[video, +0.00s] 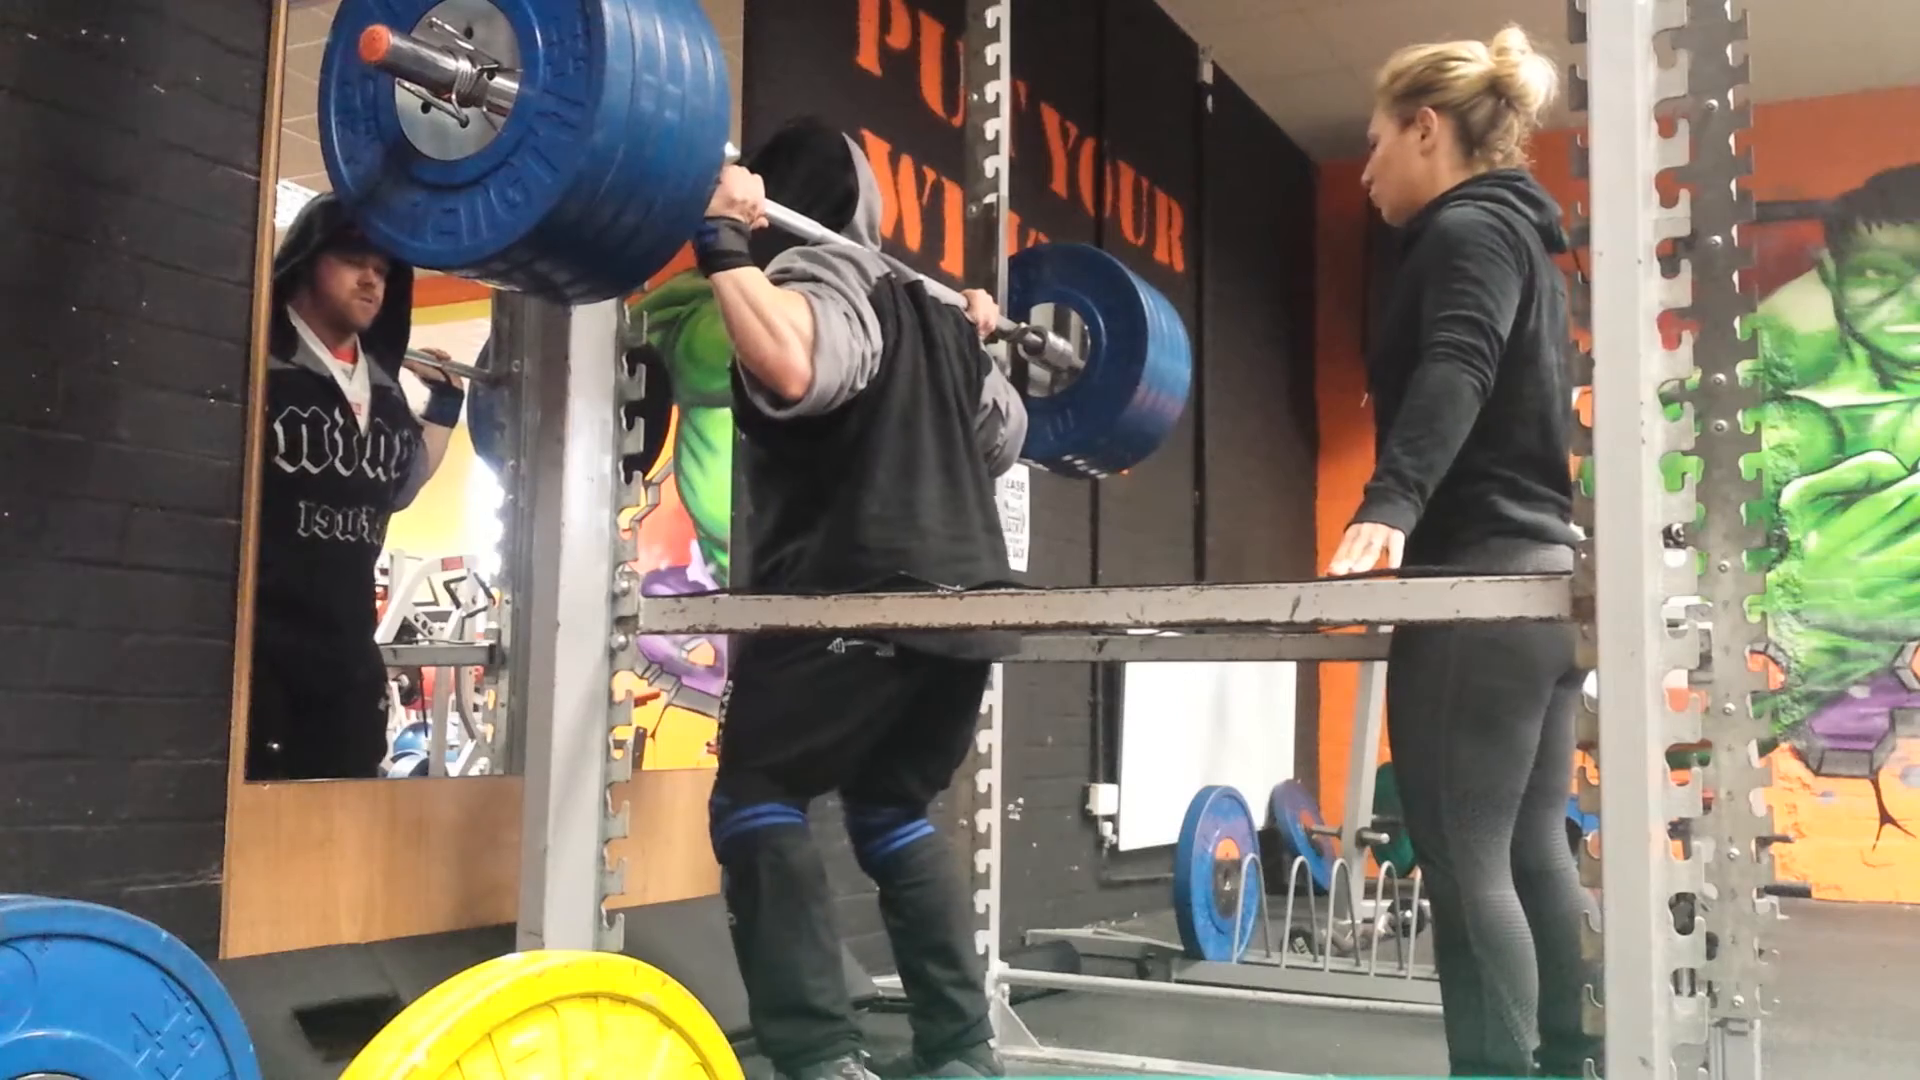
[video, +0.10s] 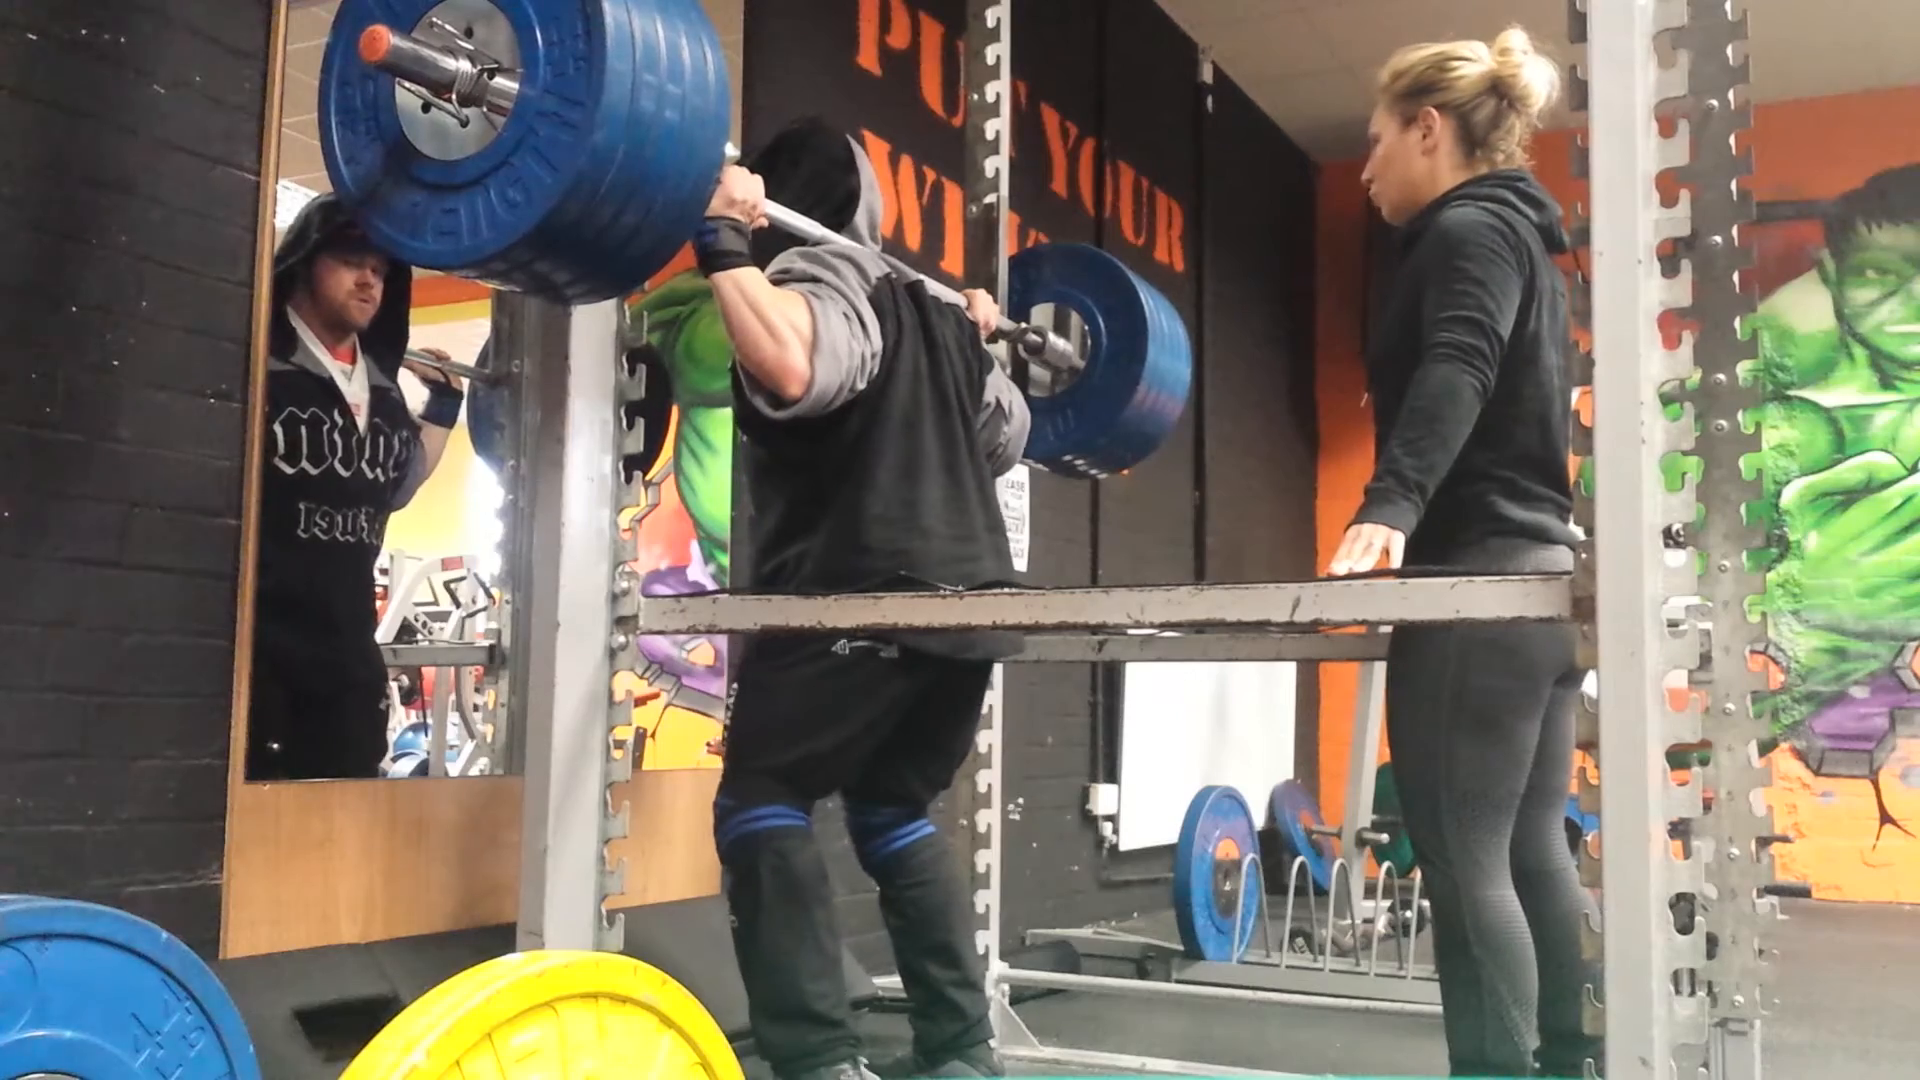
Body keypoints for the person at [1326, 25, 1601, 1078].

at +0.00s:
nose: (1366, 170)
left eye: (1375, 143)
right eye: (1368, 146)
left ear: (1430, 132)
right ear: (1445, 134)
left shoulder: (1469, 225)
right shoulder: (1515, 225)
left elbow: (1457, 363)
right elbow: (1524, 411)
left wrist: (1386, 511)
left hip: (1479, 582)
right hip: (1535, 580)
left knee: (1467, 863)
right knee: (1536, 845)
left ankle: (1494, 1073)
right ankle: (1569, 1065)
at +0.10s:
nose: (1367, 170)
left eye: (1376, 142)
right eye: (1369, 146)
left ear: (1433, 130)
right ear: (1446, 133)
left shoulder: (1470, 226)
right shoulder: (1516, 227)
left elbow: (1458, 364)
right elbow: (1523, 412)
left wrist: (1386, 512)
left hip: (1478, 581)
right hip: (1535, 580)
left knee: (1467, 862)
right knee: (1534, 844)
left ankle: (1494, 1073)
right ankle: (1569, 1065)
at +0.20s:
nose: (1367, 170)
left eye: (1376, 142)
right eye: (1369, 146)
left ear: (1433, 131)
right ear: (1449, 134)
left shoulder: (1470, 226)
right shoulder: (1518, 228)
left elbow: (1460, 364)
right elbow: (1523, 410)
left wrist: (1386, 512)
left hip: (1478, 586)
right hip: (1536, 584)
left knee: (1467, 864)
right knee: (1534, 846)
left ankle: (1494, 1073)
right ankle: (1569, 1066)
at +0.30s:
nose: (1367, 169)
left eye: (1376, 142)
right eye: (1368, 146)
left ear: (1434, 132)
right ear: (1449, 135)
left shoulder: (1470, 226)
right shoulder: (1518, 228)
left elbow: (1460, 365)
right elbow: (1523, 409)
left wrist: (1386, 513)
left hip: (1478, 586)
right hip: (1536, 583)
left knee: (1467, 863)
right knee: (1533, 845)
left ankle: (1494, 1073)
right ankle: (1569, 1065)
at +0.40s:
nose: (1365, 170)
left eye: (1375, 142)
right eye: (1366, 146)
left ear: (1436, 130)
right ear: (1446, 134)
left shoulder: (1471, 227)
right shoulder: (1518, 229)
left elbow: (1459, 364)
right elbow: (1524, 413)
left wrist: (1386, 511)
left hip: (1478, 585)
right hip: (1535, 582)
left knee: (1469, 867)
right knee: (1534, 848)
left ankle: (1494, 1075)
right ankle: (1568, 1065)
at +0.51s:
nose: (1365, 168)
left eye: (1375, 141)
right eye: (1365, 145)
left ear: (1437, 130)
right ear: (1446, 133)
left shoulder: (1470, 227)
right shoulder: (1517, 228)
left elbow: (1458, 364)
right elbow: (1525, 414)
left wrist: (1386, 511)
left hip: (1478, 586)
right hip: (1535, 584)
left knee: (1468, 867)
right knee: (1534, 846)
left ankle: (1494, 1073)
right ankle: (1568, 1064)